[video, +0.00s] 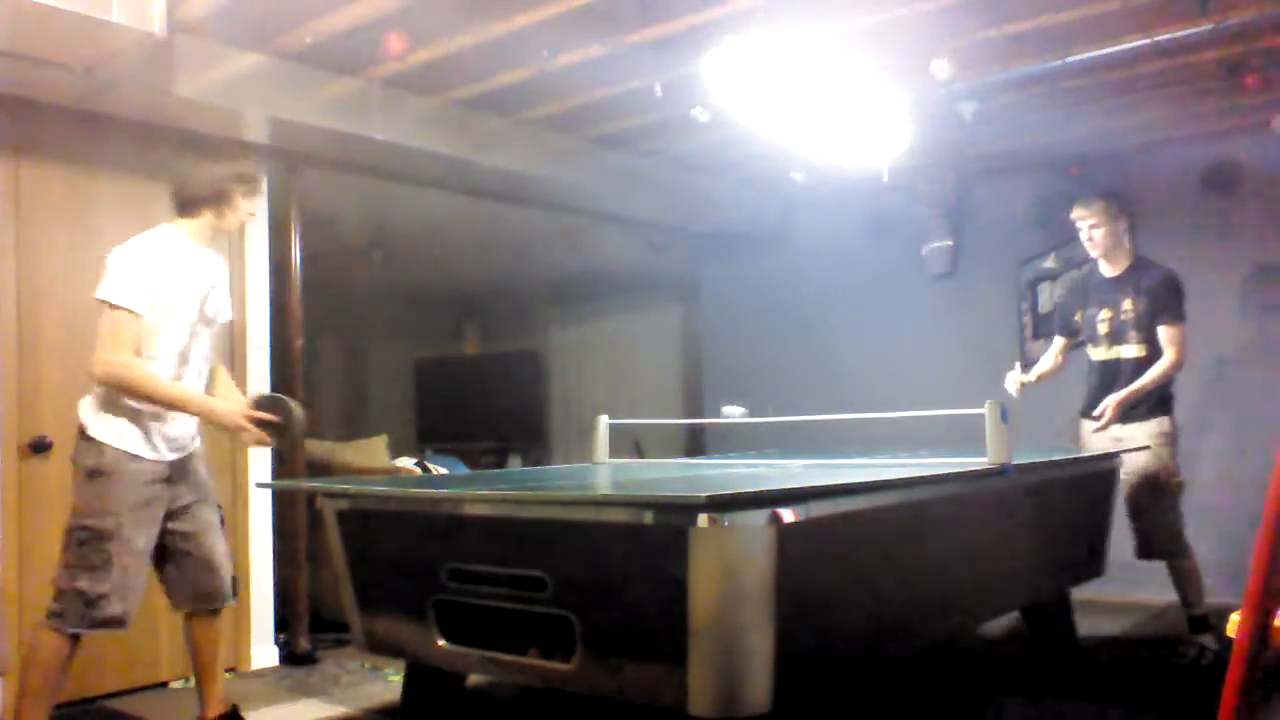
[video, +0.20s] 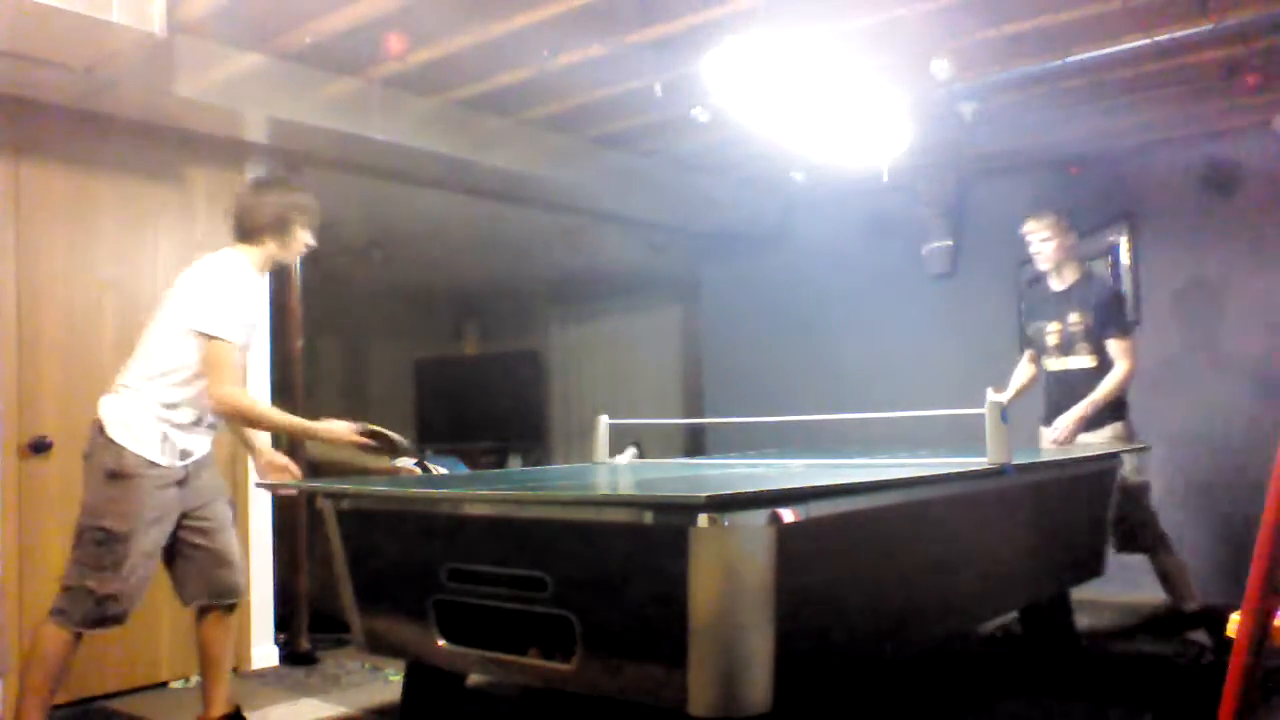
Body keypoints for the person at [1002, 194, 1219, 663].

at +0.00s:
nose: (1087, 237)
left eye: (1095, 227)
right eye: (1082, 231)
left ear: (1123, 225)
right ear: (1079, 237)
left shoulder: (1158, 282)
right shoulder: (1078, 288)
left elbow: (1173, 355)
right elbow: (1057, 353)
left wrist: (1120, 398)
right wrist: (1030, 375)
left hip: (1147, 426)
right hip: (1093, 428)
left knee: (1163, 532)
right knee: (1071, 530)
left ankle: (1199, 627)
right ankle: (1043, 621)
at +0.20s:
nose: (1037, 250)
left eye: (1044, 240)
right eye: (1031, 243)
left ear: (1069, 239)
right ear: (1027, 248)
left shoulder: (1101, 293)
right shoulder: (1034, 299)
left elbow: (1124, 364)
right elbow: (1033, 358)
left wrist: (1075, 416)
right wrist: (1006, 395)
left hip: (1105, 434)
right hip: (1055, 437)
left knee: (1146, 533)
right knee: (1048, 537)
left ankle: (1192, 617)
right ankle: (1048, 628)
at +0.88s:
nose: (989, 252)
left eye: (994, 242)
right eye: (985, 246)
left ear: (1017, 234)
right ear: (982, 248)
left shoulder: (1050, 277)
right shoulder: (999, 293)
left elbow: (1080, 340)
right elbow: (1008, 359)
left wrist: (1054, 404)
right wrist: (978, 392)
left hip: (1060, 418)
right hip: (1019, 422)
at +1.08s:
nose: (1004, 262)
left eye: (1007, 251)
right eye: (999, 255)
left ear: (1030, 241)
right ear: (1013, 251)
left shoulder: (1062, 279)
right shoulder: (1035, 289)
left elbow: (1089, 345)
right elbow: (1054, 358)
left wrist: (1055, 407)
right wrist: (1036, 404)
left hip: (1080, 420)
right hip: (1057, 421)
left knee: (1048, 524)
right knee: (1093, 522)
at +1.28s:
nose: (1032, 266)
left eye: (1033, 256)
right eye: (1028, 259)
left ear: (1053, 244)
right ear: (1058, 243)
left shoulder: (1074, 280)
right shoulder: (1100, 274)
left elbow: (1091, 349)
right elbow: (1108, 357)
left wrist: (1063, 414)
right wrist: (1063, 380)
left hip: (1099, 419)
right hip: (1125, 414)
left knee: (1065, 518)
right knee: (1115, 523)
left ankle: (1046, 621)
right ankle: (1147, 620)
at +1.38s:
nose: (1045, 258)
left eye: (1047, 247)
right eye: (1040, 250)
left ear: (1070, 237)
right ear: (1072, 239)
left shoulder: (1088, 274)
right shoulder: (1106, 270)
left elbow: (1102, 348)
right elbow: (1094, 350)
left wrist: (1073, 412)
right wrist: (1032, 360)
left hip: (1113, 415)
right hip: (1132, 412)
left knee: (1097, 511)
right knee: (1122, 519)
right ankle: (1148, 618)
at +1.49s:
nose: (1057, 249)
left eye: (1061, 238)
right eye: (1053, 242)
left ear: (1087, 230)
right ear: (1065, 241)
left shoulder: (1108, 274)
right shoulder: (1090, 279)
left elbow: (1112, 348)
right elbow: (1066, 333)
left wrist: (1083, 410)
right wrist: (1012, 331)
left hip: (1135, 413)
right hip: (1115, 413)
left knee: (1124, 521)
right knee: (1119, 520)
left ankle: (1151, 618)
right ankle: (1167, 593)